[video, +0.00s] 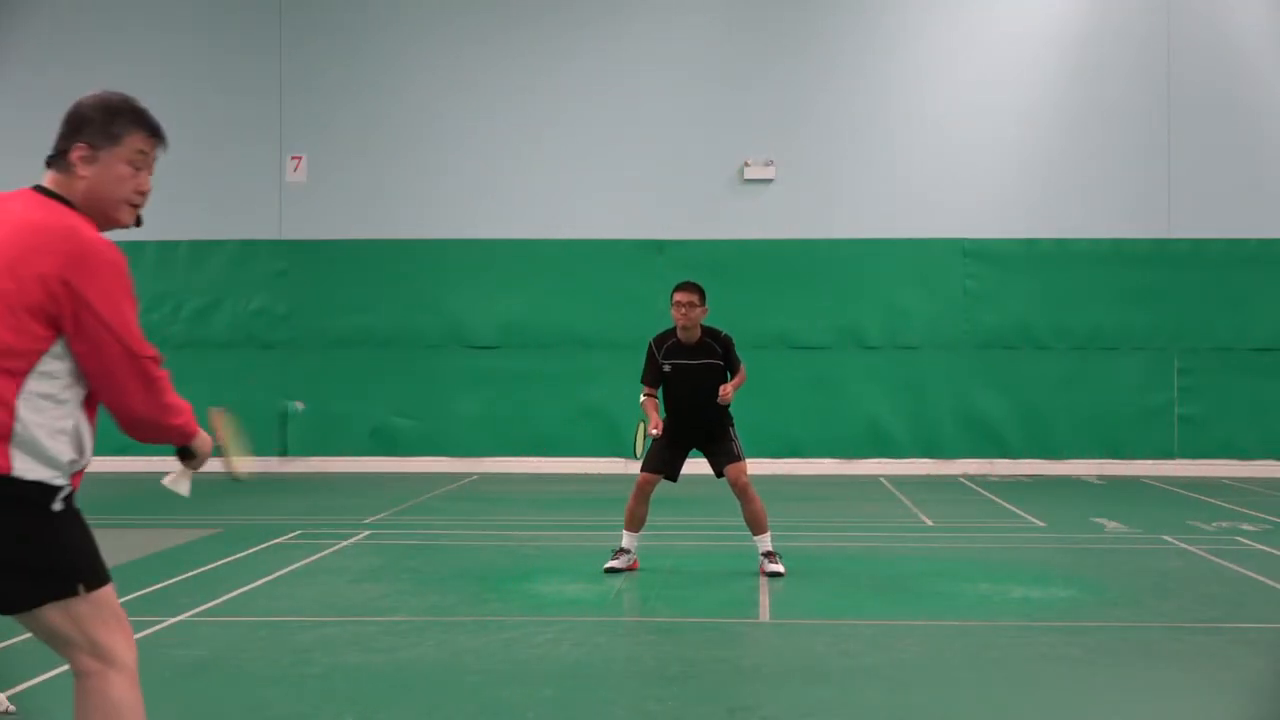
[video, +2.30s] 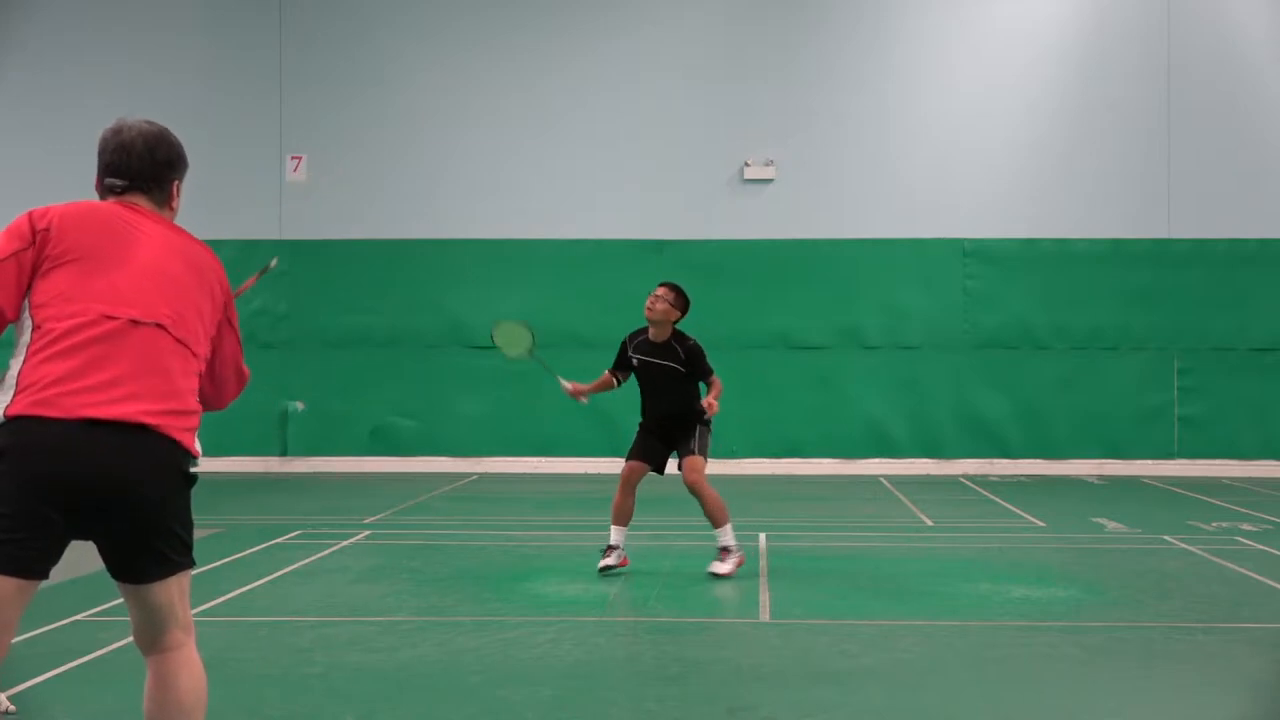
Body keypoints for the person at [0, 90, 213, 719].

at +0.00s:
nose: (147, 186)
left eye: (151, 171)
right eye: (136, 166)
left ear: (78, 162)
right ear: (80, 159)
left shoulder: (14, 213)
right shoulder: (81, 248)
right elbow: (132, 387)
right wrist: (187, 435)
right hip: (19, 485)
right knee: (105, 654)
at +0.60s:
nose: (151, 182)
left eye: (151, 170)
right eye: (151, 170)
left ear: (67, 165)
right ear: (139, 171)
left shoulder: (6, 212)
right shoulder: (162, 252)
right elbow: (210, 391)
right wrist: (193, 420)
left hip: (2, 459)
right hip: (103, 471)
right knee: (152, 652)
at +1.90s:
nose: (200, 223)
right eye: (199, 212)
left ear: (122, 203)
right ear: (190, 214)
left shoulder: (51, 240)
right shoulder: (209, 282)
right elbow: (217, 379)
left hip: (30, 456)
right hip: (145, 468)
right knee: (166, 639)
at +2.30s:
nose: (184, 194)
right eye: (183, 185)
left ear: (100, 184)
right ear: (174, 189)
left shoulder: (45, 224)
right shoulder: (205, 265)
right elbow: (221, 389)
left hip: (34, 446)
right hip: (148, 458)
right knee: (168, 643)